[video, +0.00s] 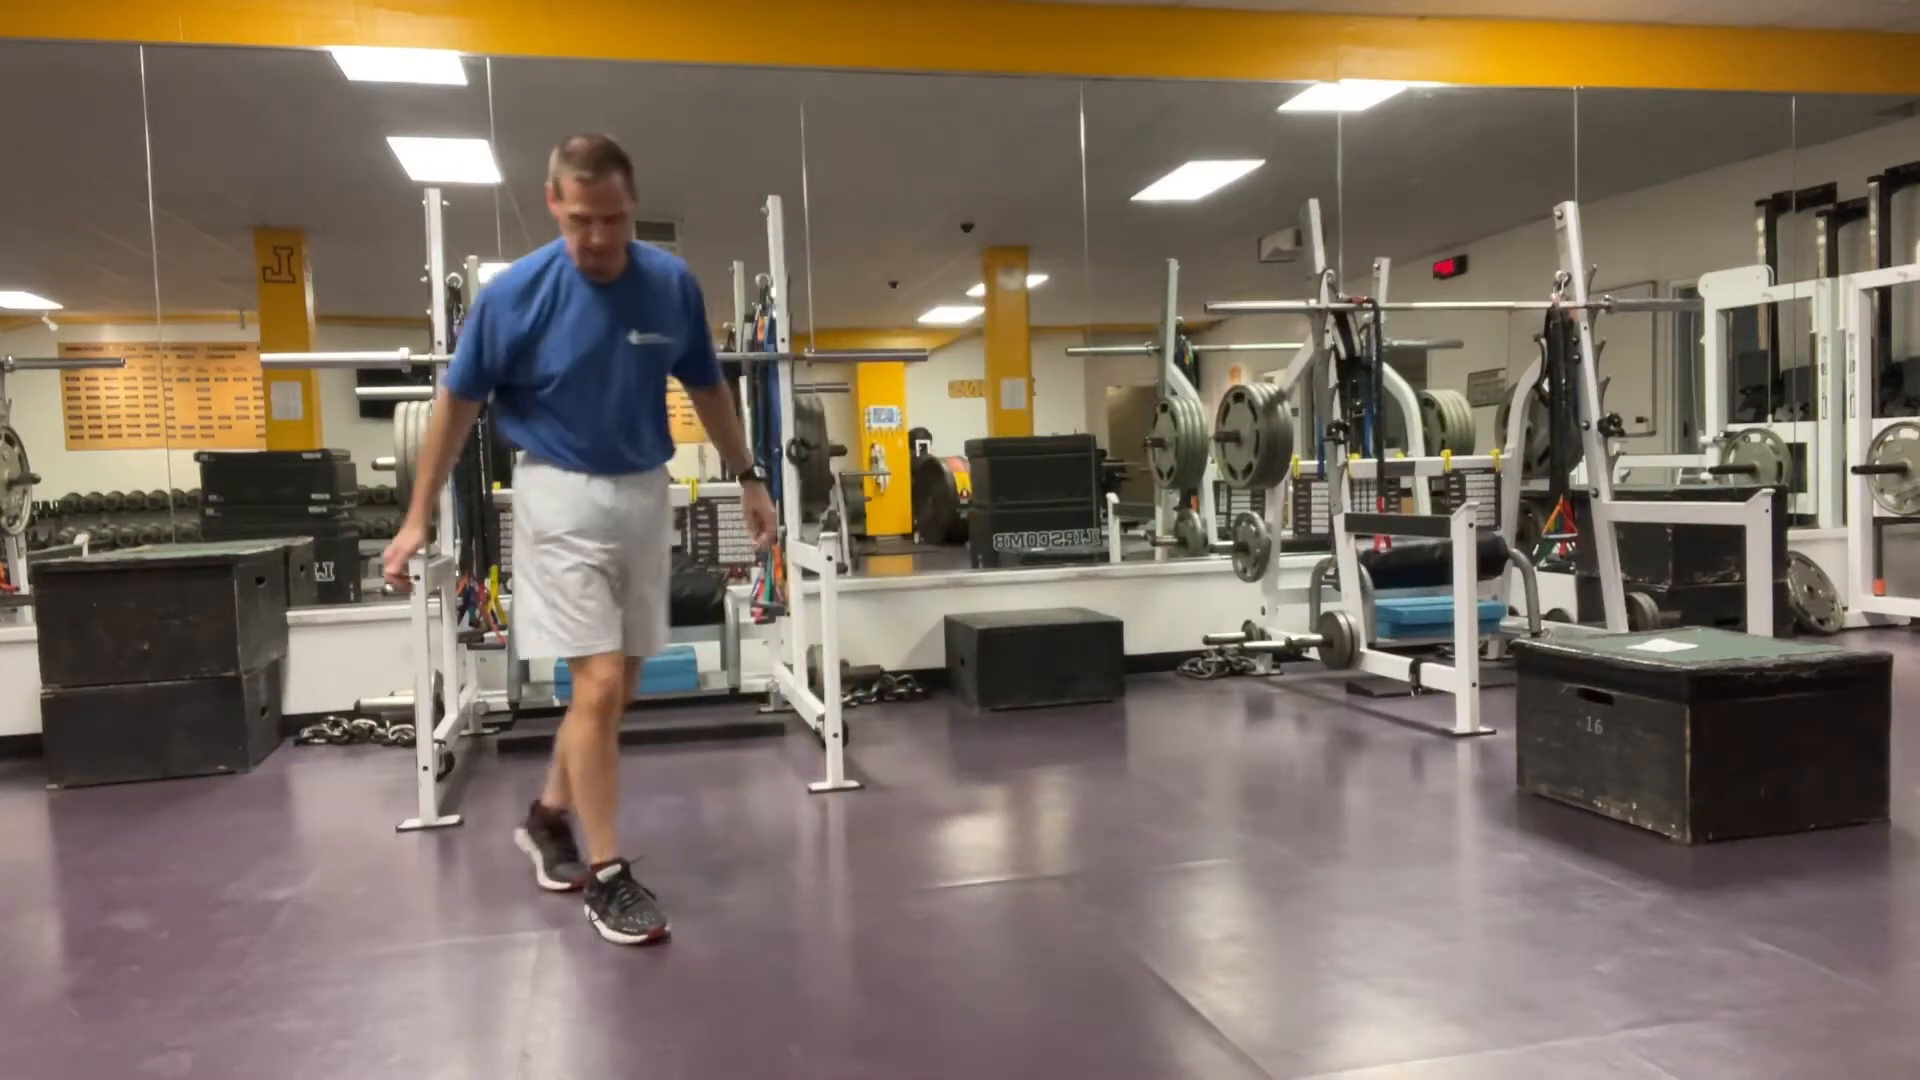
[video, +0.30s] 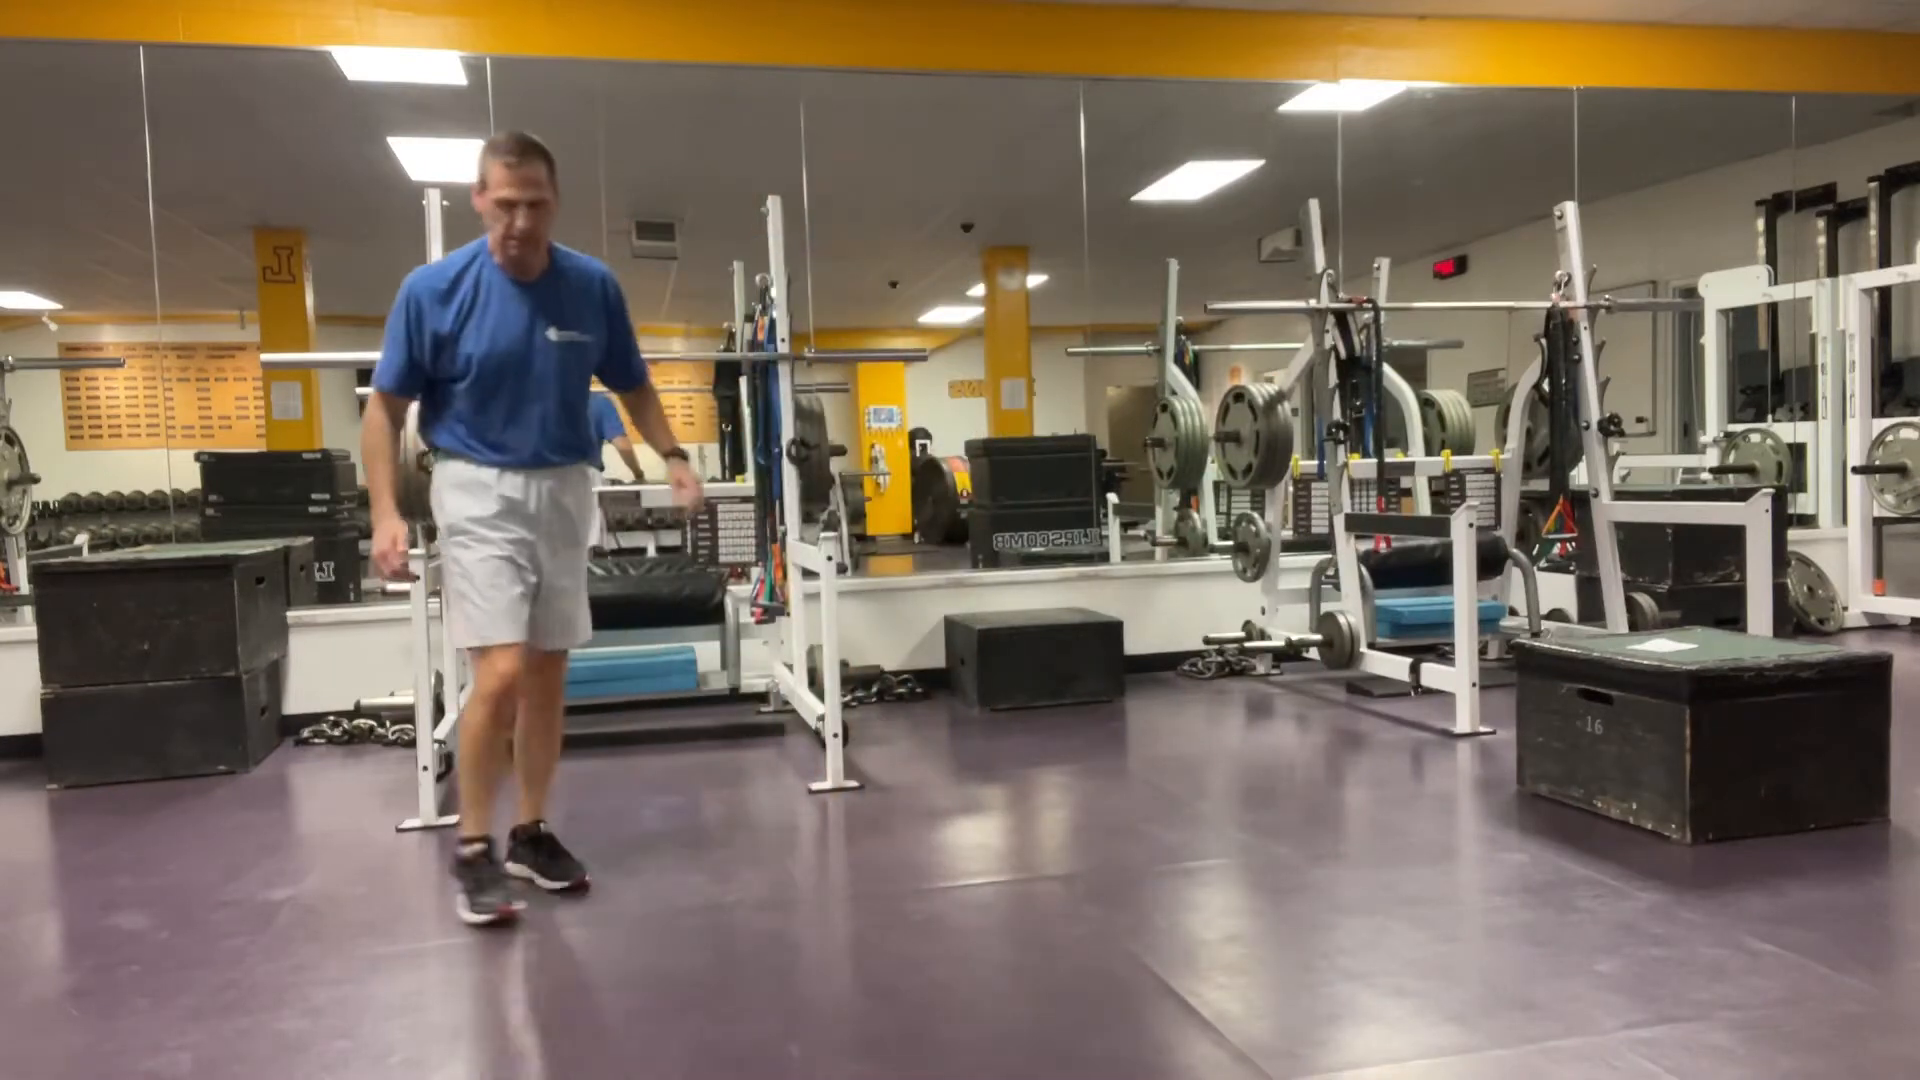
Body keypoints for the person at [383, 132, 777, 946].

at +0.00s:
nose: (599, 239)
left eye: (613, 219)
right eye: (583, 222)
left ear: (634, 204)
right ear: (553, 205)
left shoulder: (669, 284)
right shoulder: (512, 297)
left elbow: (706, 383)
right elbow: (456, 404)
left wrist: (749, 482)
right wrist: (417, 519)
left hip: (644, 498)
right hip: (559, 500)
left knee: (613, 682)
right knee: (601, 683)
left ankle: (550, 813)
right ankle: (607, 872)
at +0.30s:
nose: (519, 222)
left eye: (533, 206)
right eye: (504, 206)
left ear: (555, 204)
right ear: (477, 204)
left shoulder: (592, 288)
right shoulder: (431, 292)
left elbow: (633, 383)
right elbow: (381, 408)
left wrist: (676, 459)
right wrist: (384, 514)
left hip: (564, 493)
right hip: (476, 491)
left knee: (547, 669)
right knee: (501, 672)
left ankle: (532, 833)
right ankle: (474, 850)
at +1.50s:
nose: (417, 216)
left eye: (428, 202)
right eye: (401, 201)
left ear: (439, 206)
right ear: (362, 202)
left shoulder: (472, 297)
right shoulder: (314, 295)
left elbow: (503, 398)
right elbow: (273, 417)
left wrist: (527, 414)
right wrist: (332, 414)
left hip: (464, 495)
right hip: (367, 505)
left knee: (523, 623)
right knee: (393, 689)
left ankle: (511, 772)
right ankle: (400, 838)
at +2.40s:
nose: (447, 263)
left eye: (455, 247)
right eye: (429, 248)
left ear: (469, 248)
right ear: (385, 250)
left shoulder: (498, 314)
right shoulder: (350, 334)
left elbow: (598, 357)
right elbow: (363, 418)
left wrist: (580, 295)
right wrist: (455, 324)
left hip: (483, 527)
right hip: (393, 549)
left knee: (569, 616)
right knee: (442, 730)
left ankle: (542, 761)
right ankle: (405, 837)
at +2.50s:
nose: (465, 186)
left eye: (474, 167)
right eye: (446, 173)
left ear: (492, 171)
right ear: (411, 180)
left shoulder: (515, 232)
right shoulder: (383, 250)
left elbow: (604, 160)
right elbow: (400, 205)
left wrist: (561, 58)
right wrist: (453, 72)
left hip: (518, 473)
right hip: (429, 497)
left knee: (639, 539)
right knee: (441, 705)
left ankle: (617, 687)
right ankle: (403, 822)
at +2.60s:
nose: (501, 109)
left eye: (514, 94)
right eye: (480, 93)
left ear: (528, 103)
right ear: (439, 107)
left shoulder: (554, 161)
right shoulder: (418, 181)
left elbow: (661, 103)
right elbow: (388, 121)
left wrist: (624, 13)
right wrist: (460, 8)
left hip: (553, 414)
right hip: (461, 438)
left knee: (701, 458)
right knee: (493, 664)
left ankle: (653, 606)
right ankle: (442, 783)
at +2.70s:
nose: (553, 80)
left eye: (566, 69)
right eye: (533, 68)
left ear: (581, 81)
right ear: (494, 82)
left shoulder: (609, 147)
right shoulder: (459, 147)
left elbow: (742, 135)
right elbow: (349, 143)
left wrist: (728, 66)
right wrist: (464, 77)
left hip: (586, 388)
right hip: (496, 420)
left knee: (744, 416)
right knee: (562, 638)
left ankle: (666, 552)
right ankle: (531, 815)